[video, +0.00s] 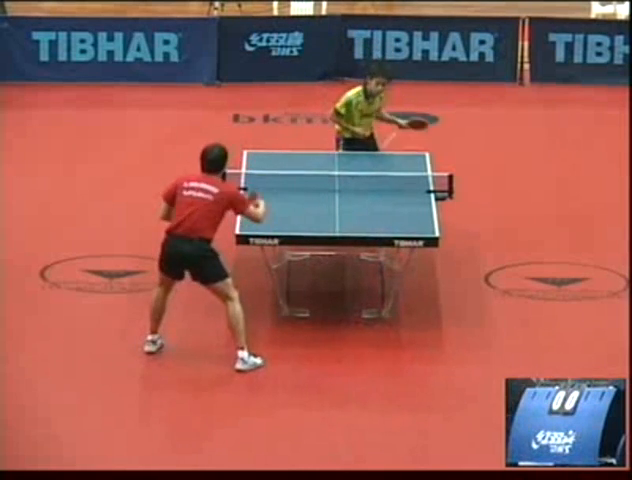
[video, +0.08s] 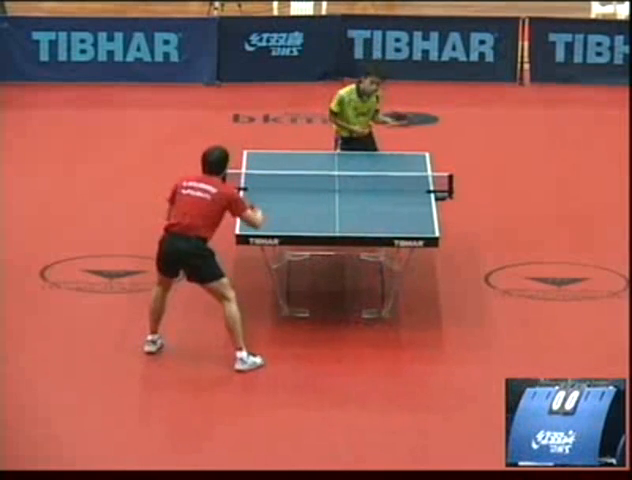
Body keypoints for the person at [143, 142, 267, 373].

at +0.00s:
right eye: (224, 163)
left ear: (201, 163)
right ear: (224, 167)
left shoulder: (183, 182)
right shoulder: (227, 192)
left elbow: (165, 215)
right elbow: (257, 216)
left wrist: (188, 213)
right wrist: (259, 203)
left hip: (173, 244)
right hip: (200, 248)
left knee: (163, 287)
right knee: (231, 298)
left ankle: (152, 337)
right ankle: (243, 354)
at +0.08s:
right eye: (225, 166)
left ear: (203, 166)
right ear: (225, 169)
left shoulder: (184, 183)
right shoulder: (227, 192)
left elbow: (170, 211)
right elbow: (254, 221)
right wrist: (256, 214)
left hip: (169, 241)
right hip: (196, 246)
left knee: (162, 286)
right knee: (227, 298)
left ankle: (152, 337)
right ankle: (241, 354)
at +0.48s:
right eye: (241, 177)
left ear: (220, 175)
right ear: (242, 179)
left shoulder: (201, 187)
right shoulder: (244, 202)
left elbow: (194, 204)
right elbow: (272, 219)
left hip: (180, 245)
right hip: (207, 252)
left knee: (164, 289)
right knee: (243, 297)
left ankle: (151, 338)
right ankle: (246, 355)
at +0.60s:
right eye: (243, 165)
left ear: (220, 164)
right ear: (242, 168)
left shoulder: (201, 179)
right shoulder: (244, 192)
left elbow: (185, 199)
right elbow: (277, 211)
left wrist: (209, 198)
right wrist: (293, 206)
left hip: (184, 240)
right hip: (210, 246)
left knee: (167, 289)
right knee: (243, 296)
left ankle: (153, 338)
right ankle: (246, 355)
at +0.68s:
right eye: (241, 163)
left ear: (218, 163)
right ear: (240, 166)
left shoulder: (198, 180)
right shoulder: (240, 191)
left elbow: (181, 204)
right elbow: (276, 214)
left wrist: (204, 199)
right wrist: (287, 208)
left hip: (183, 241)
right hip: (210, 246)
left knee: (168, 288)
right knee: (242, 296)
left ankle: (153, 337)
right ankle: (246, 355)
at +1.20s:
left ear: (229, 181)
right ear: (251, 185)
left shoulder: (212, 193)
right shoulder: (255, 208)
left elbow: (200, 205)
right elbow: (282, 226)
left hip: (192, 249)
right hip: (218, 256)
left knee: (171, 293)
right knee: (250, 302)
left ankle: (153, 338)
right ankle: (253, 357)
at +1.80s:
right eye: (240, 168)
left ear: (218, 167)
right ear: (240, 170)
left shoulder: (200, 185)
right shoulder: (243, 196)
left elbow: (186, 215)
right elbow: (259, 238)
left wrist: (198, 231)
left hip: (184, 241)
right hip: (212, 246)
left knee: (171, 291)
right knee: (240, 300)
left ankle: (159, 339)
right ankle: (251, 357)